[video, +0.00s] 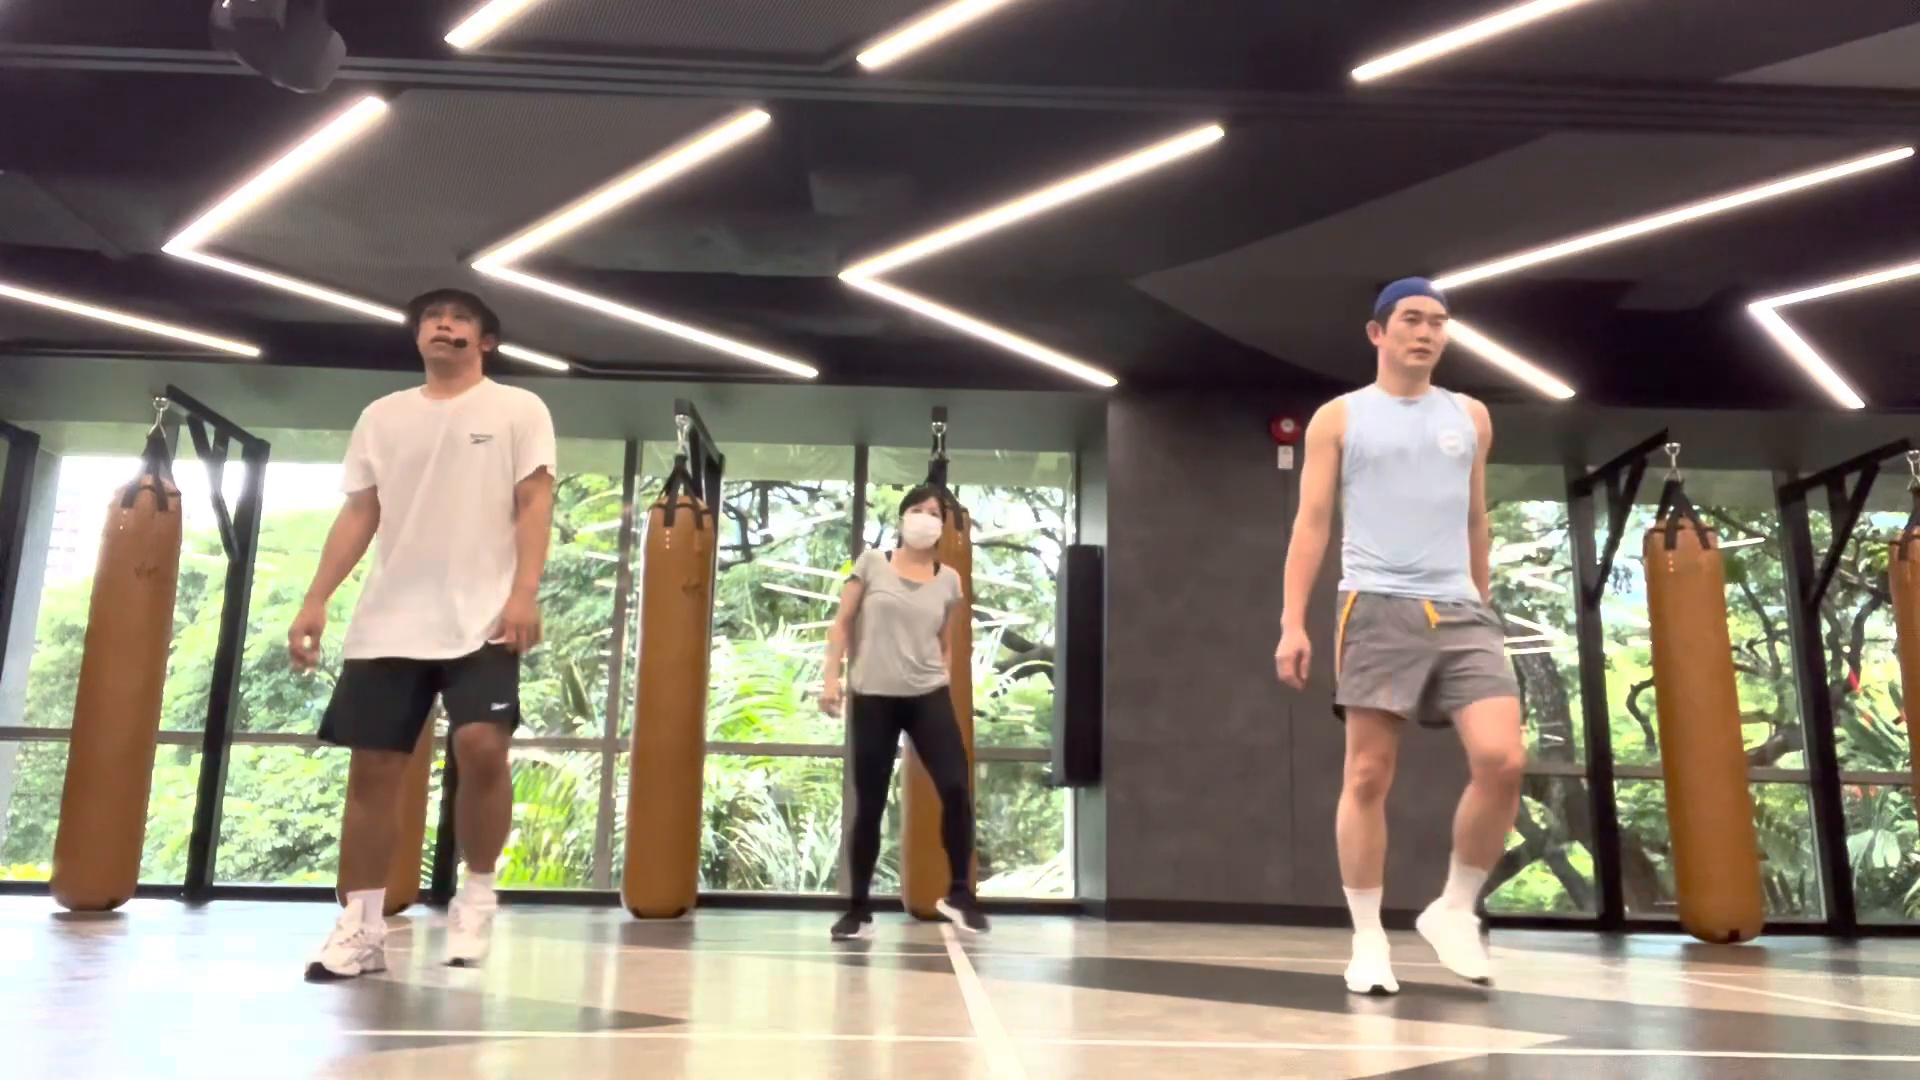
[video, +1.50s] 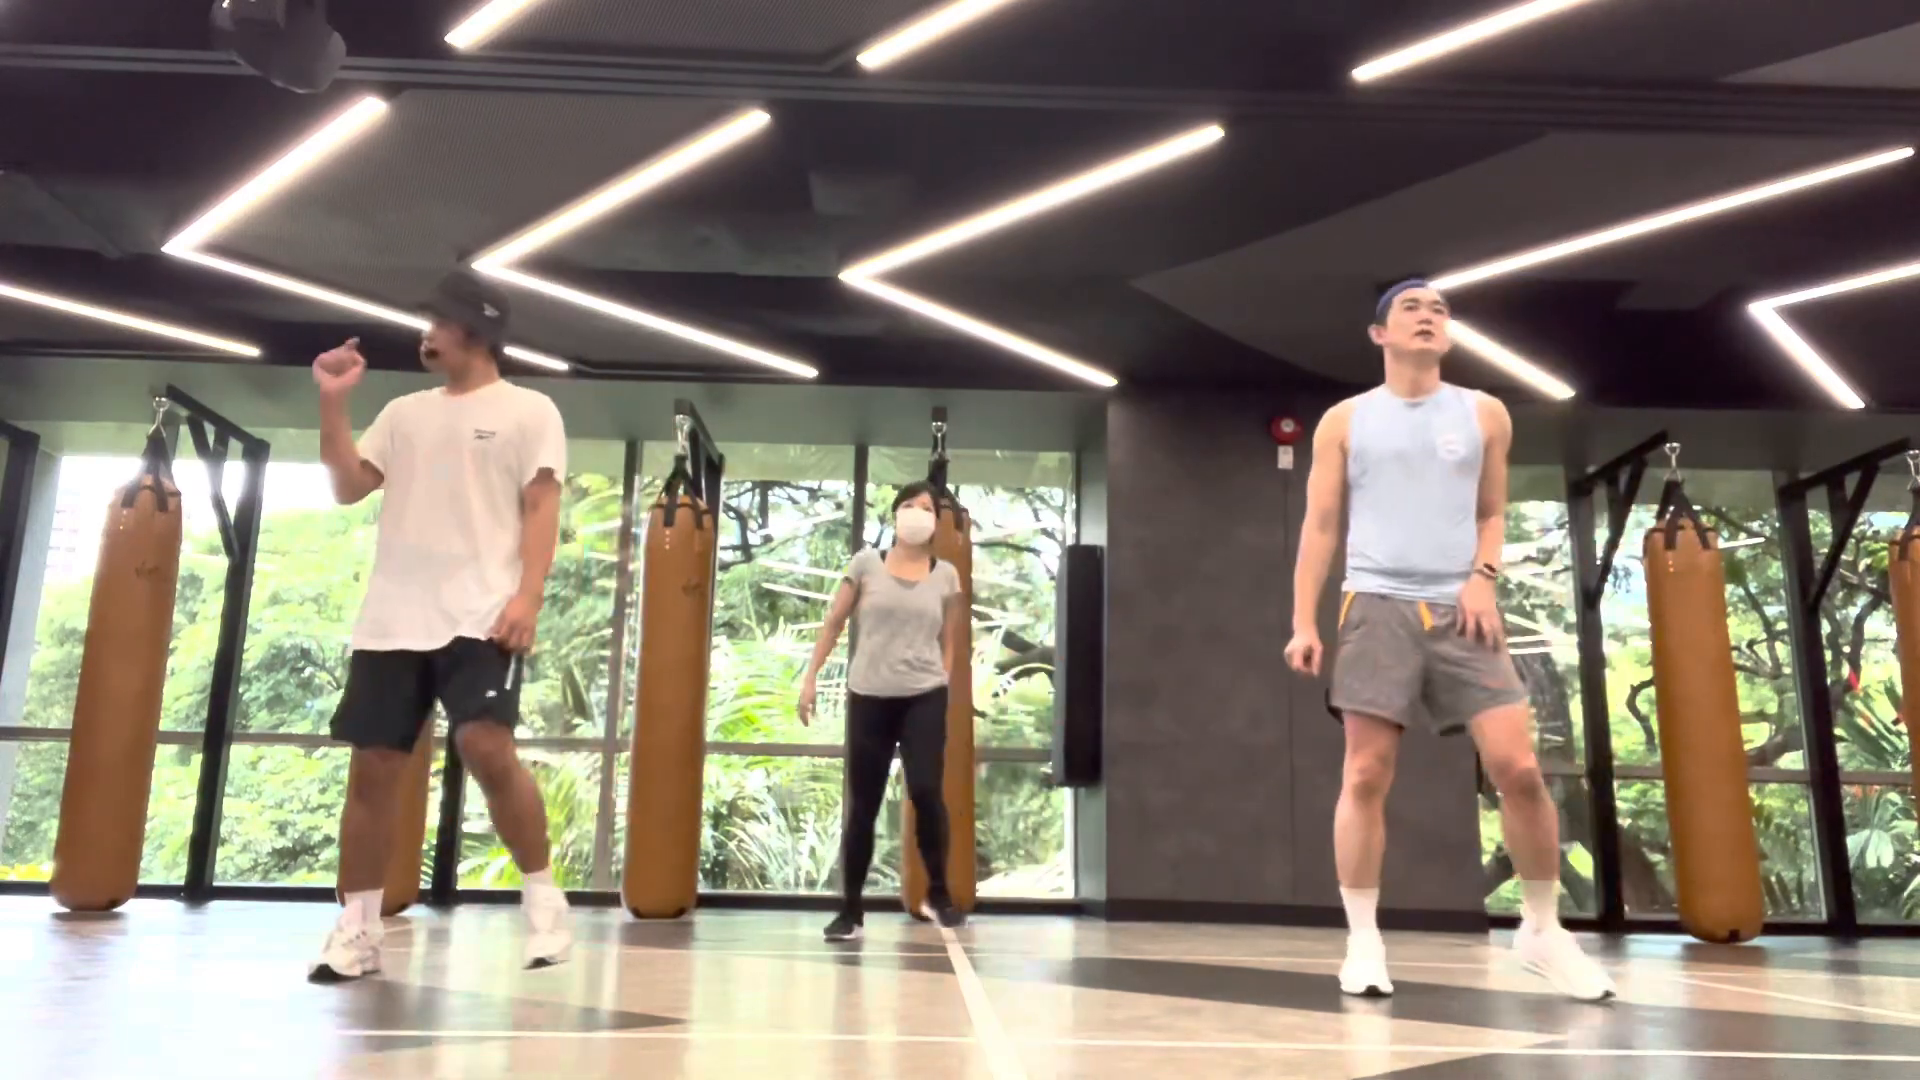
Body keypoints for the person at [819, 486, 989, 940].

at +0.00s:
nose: (926, 519)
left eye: (935, 515)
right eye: (918, 511)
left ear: (944, 530)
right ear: (901, 521)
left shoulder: (948, 580)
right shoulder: (872, 562)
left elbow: (943, 641)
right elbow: (841, 622)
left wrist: (944, 691)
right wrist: (831, 677)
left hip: (928, 697)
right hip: (873, 697)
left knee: (957, 789)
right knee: (867, 806)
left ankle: (960, 894)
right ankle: (858, 909)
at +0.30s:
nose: (973, 529)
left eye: (981, 523)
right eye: (964, 523)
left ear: (990, 535)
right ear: (947, 533)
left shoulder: (1004, 591)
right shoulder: (926, 578)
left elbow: (1005, 652)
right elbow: (898, 643)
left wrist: (1002, 697)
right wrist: (883, 694)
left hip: (989, 712)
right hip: (931, 712)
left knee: (1015, 812)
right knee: (901, 811)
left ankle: (1038, 911)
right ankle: (861, 907)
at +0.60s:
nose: (1013, 519)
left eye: (1021, 513)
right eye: (1004, 513)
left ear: (1031, 525)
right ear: (988, 524)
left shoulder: (1048, 577)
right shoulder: (967, 571)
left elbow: (1073, 639)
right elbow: (951, 636)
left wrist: (1097, 692)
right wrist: (945, 694)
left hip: (1031, 701)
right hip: (976, 699)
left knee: (1035, 810)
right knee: (968, 803)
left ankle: (1040, 911)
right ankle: (955, 896)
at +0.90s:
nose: (1005, 517)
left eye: (1013, 511)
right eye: (995, 512)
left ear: (1024, 524)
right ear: (980, 525)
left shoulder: (1042, 571)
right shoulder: (962, 574)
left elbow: (1067, 628)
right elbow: (951, 643)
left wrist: (1084, 668)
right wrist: (946, 704)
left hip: (1030, 701)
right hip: (973, 699)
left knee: (1034, 807)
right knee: (941, 789)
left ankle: (1042, 911)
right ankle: (949, 890)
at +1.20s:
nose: (961, 527)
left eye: (967, 521)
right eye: (951, 520)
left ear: (977, 534)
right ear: (931, 533)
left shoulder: (991, 585)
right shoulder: (911, 583)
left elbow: (1009, 647)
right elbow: (903, 651)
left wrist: (1022, 702)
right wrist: (902, 702)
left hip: (978, 709)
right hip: (919, 709)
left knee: (1004, 811)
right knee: (886, 811)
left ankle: (1039, 910)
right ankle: (852, 910)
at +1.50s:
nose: (917, 514)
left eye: (926, 509)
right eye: (909, 507)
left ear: (938, 523)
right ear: (894, 519)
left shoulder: (946, 576)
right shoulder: (867, 562)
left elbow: (948, 640)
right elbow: (833, 623)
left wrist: (944, 689)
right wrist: (810, 677)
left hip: (926, 695)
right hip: (869, 695)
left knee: (926, 792)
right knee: (861, 807)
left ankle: (938, 894)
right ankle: (851, 911)